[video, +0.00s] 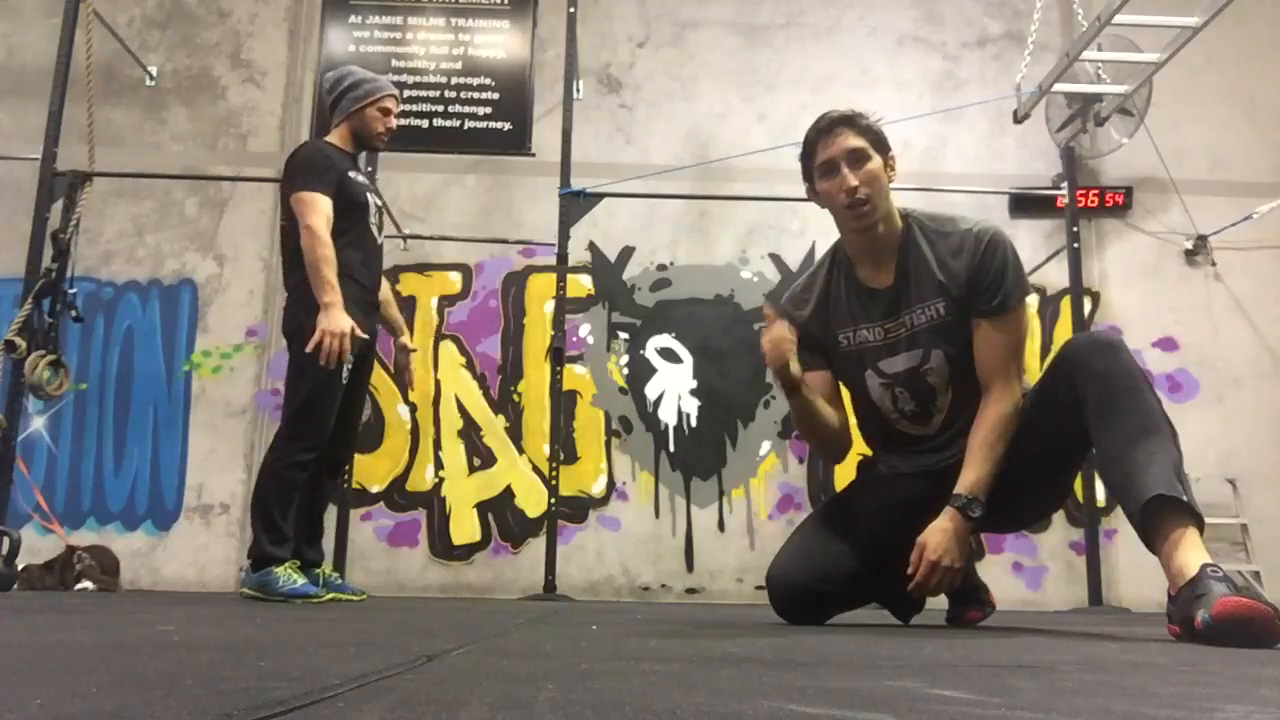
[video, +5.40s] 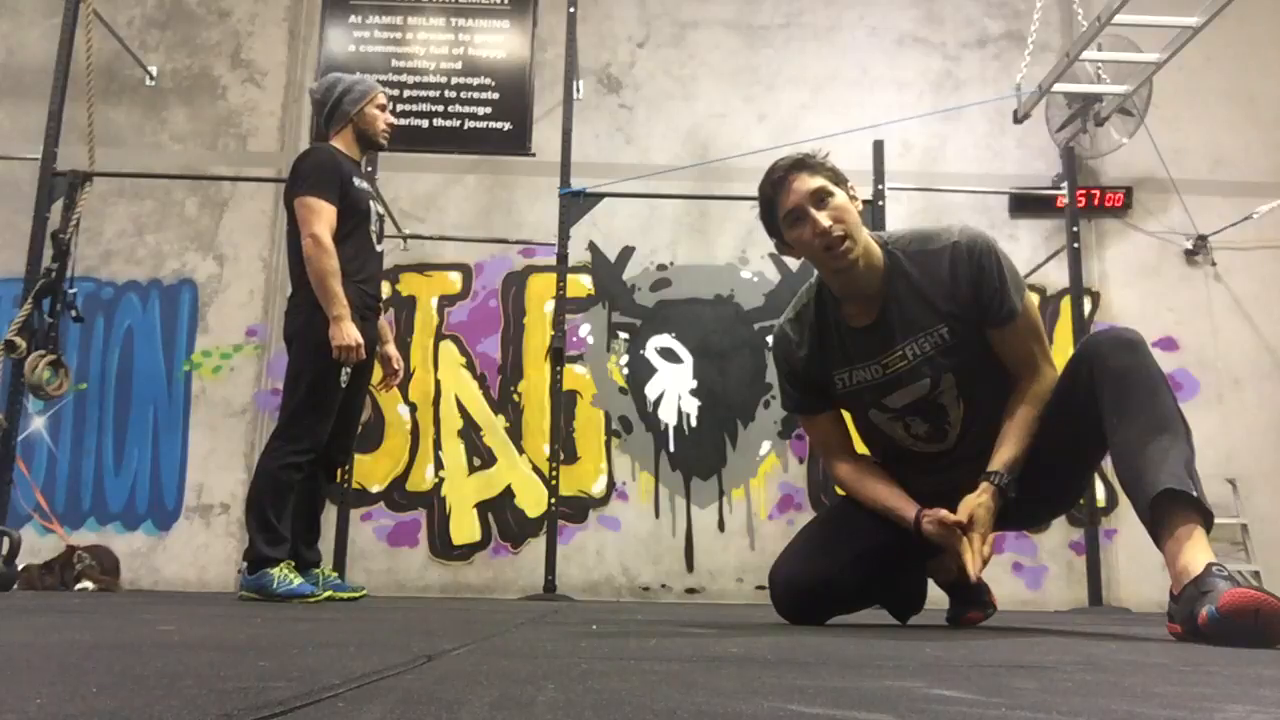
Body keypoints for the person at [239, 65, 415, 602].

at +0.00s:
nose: (392, 123)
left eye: (395, 114)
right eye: (383, 112)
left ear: (376, 118)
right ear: (350, 109)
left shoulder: (356, 173)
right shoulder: (314, 157)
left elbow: (366, 264)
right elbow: (313, 233)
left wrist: (398, 324)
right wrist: (331, 307)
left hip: (356, 324)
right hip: (321, 319)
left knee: (331, 448)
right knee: (303, 440)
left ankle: (305, 563)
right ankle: (267, 565)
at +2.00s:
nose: (394, 129)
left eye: (396, 120)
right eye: (387, 118)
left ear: (365, 123)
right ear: (354, 116)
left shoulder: (353, 177)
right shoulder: (314, 161)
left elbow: (357, 266)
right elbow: (307, 237)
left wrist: (380, 333)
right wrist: (332, 314)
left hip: (350, 328)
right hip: (318, 324)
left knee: (326, 449)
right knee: (295, 440)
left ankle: (303, 563)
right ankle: (262, 565)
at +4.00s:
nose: (385, 116)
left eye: (384, 107)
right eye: (376, 107)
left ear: (356, 116)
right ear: (344, 111)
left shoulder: (354, 174)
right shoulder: (315, 162)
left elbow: (359, 265)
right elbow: (311, 242)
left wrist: (380, 334)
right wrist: (335, 316)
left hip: (347, 329)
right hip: (317, 324)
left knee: (323, 451)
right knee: (294, 442)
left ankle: (302, 564)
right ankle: (262, 566)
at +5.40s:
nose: (390, 118)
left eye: (389, 109)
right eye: (381, 108)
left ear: (364, 118)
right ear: (349, 113)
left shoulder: (356, 176)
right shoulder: (320, 163)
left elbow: (364, 267)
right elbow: (316, 242)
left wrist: (384, 337)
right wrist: (339, 317)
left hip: (351, 327)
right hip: (321, 323)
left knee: (326, 450)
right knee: (298, 440)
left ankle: (303, 563)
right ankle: (263, 566)